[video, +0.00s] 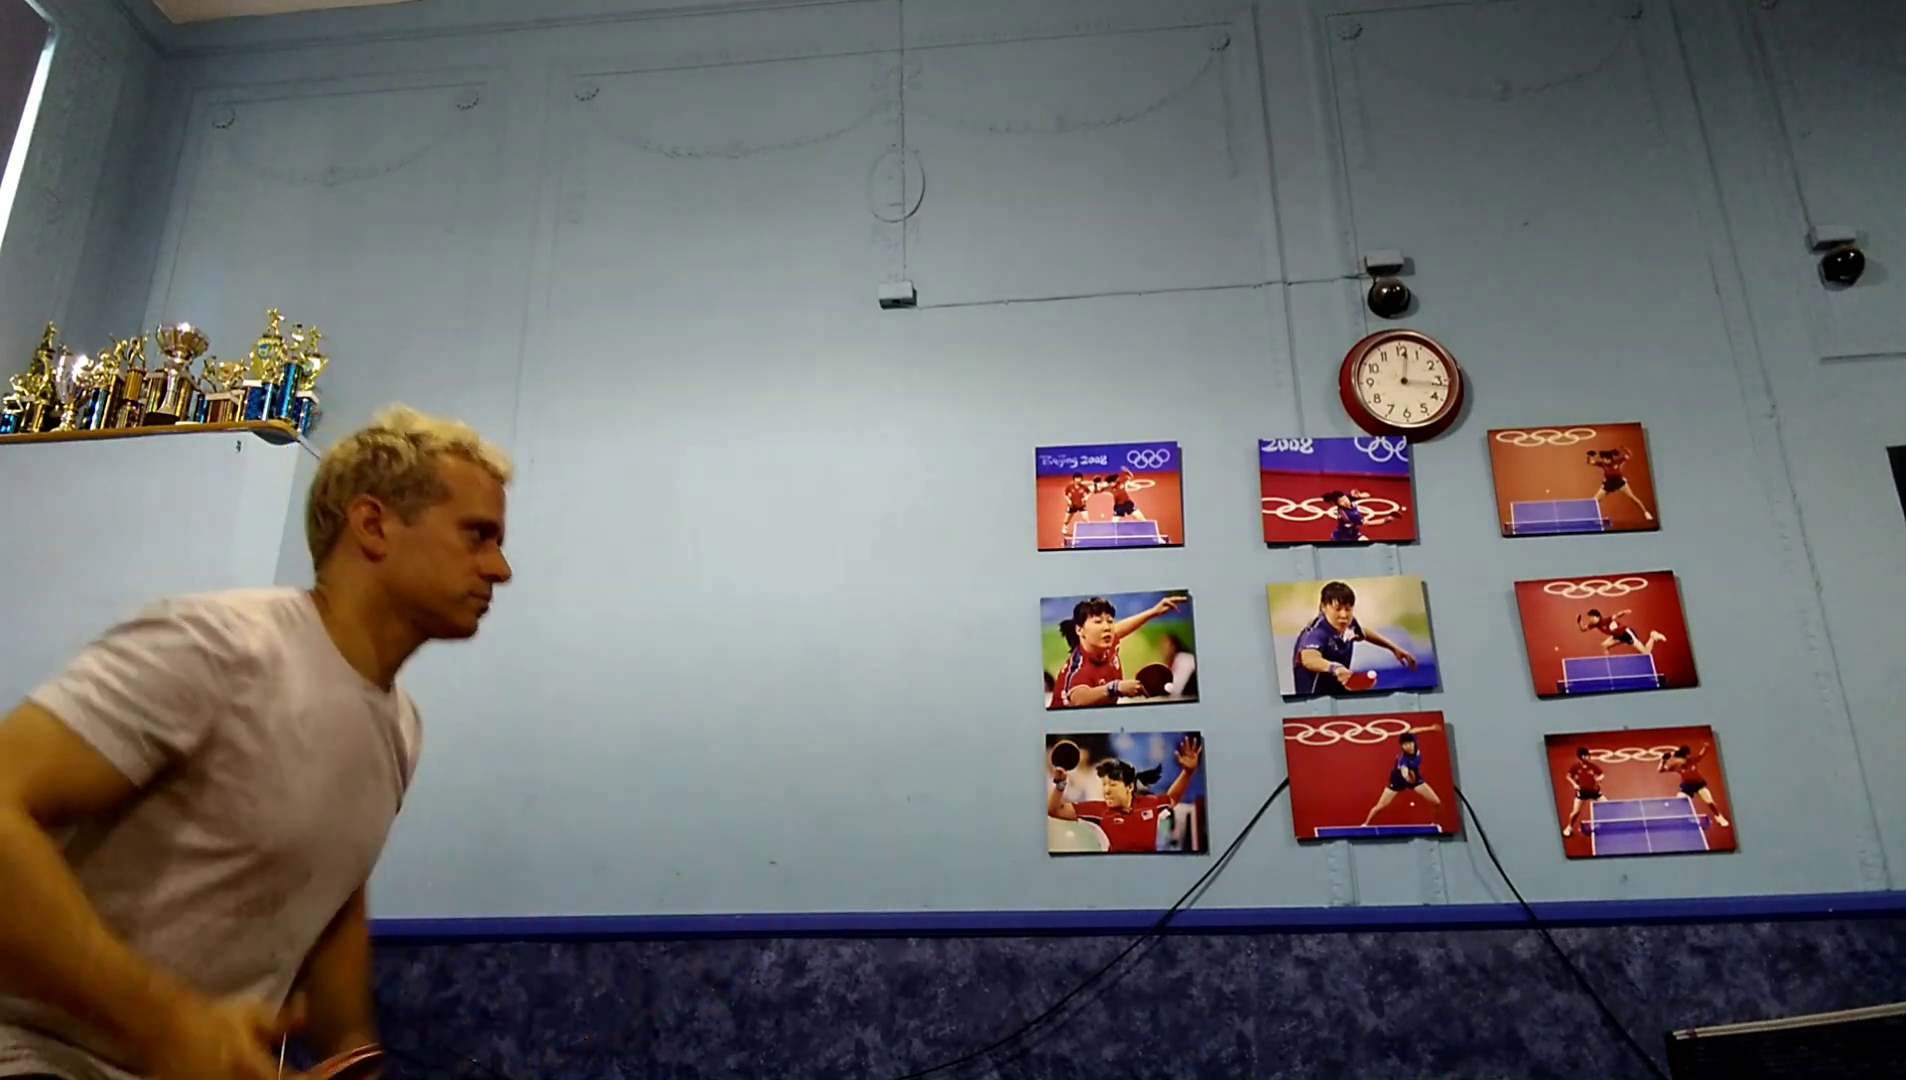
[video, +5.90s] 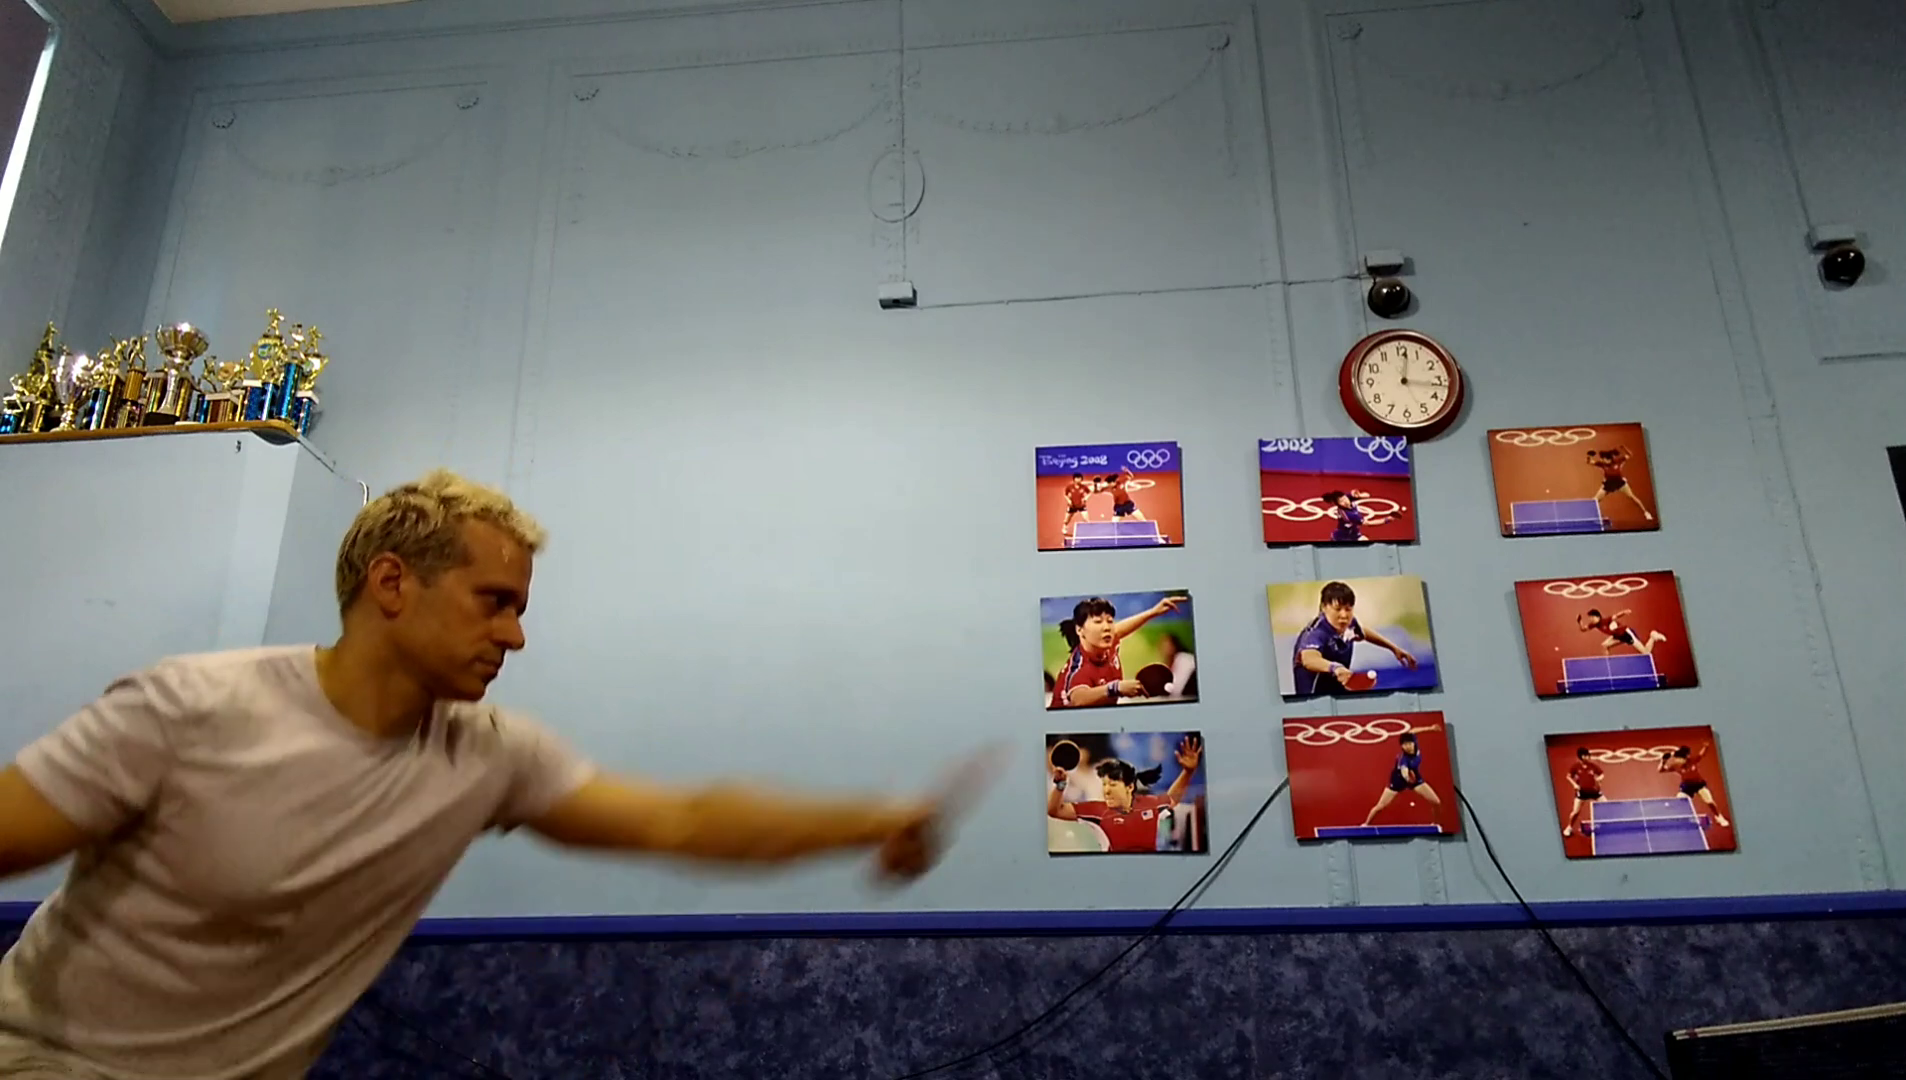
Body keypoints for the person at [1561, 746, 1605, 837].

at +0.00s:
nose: (1588, 758)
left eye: (1588, 755)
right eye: (1586, 756)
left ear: (1588, 756)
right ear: (1581, 757)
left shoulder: (1592, 766)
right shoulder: (1576, 767)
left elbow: (1602, 774)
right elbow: (1568, 776)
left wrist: (1598, 779)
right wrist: (1574, 784)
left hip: (1594, 791)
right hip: (1582, 791)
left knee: (1607, 806)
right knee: (1576, 812)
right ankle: (1569, 827)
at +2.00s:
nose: (1587, 758)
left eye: (1588, 755)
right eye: (1585, 755)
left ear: (1589, 756)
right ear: (1581, 757)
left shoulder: (1592, 766)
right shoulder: (1576, 767)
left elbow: (1602, 774)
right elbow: (1568, 776)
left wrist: (1598, 779)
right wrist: (1574, 785)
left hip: (1594, 791)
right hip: (1582, 791)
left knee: (1606, 806)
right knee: (1576, 812)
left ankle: (1606, 826)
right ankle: (1569, 827)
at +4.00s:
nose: (1587, 757)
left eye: (1588, 755)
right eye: (1585, 755)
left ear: (1589, 756)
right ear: (1581, 757)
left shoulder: (1592, 766)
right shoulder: (1576, 767)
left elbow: (1602, 774)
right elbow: (1568, 776)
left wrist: (1598, 779)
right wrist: (1574, 785)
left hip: (1594, 791)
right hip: (1582, 791)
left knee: (1606, 805)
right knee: (1576, 812)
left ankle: (1606, 826)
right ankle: (1569, 827)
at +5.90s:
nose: (1587, 757)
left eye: (1588, 755)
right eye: (1585, 755)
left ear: (1588, 756)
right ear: (1581, 757)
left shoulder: (1592, 766)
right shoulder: (1576, 767)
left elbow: (1602, 774)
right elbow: (1568, 776)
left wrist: (1597, 779)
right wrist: (1574, 785)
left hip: (1594, 791)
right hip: (1582, 791)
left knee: (1606, 806)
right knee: (1576, 812)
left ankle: (1607, 826)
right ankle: (1569, 827)